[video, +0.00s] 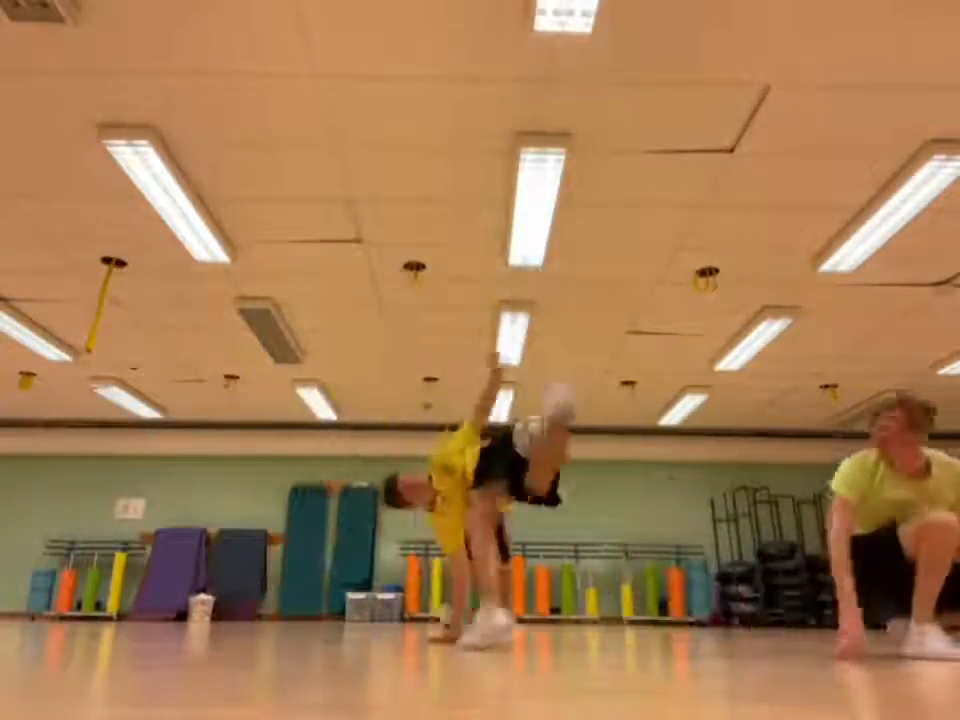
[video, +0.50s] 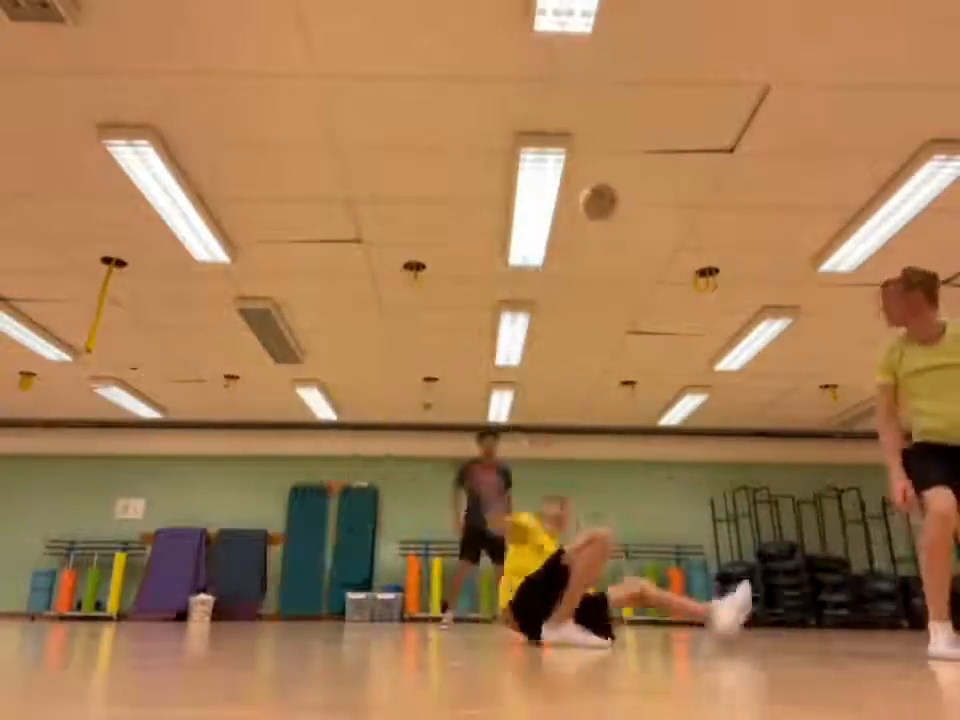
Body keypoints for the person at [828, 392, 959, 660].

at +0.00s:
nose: (879, 433)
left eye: (889, 425)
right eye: (878, 425)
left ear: (914, 433)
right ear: (873, 431)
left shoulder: (949, 472)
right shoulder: (858, 469)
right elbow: (838, 537)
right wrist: (849, 618)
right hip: (864, 557)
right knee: (942, 527)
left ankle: (901, 620)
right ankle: (922, 628)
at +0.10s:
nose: (884, 410)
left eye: (893, 401)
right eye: (883, 401)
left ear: (920, 404)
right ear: (879, 403)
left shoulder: (951, 442)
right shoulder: (864, 444)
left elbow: (953, 507)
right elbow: (855, 519)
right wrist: (884, 578)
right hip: (883, 530)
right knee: (946, 525)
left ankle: (909, 610)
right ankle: (922, 626)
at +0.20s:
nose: (883, 383)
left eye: (891, 374)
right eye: (881, 374)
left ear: (918, 377)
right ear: (879, 377)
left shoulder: (952, 412)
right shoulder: (868, 418)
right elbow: (867, 485)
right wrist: (901, 543)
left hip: (944, 495)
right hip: (893, 497)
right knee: (946, 521)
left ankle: (917, 614)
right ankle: (926, 621)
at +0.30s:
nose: (881, 351)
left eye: (889, 345)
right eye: (881, 344)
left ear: (916, 349)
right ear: (900, 351)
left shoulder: (952, 381)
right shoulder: (877, 393)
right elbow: (874, 461)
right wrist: (901, 513)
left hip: (949, 480)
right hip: (905, 478)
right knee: (945, 517)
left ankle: (918, 611)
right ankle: (939, 620)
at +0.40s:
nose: (876, 324)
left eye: (883, 316)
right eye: (877, 316)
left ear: (912, 321)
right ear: (903, 323)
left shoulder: (952, 356)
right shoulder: (882, 374)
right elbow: (880, 443)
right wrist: (899, 500)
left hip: (952, 464)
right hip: (912, 463)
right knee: (941, 514)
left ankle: (935, 603)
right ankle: (940, 624)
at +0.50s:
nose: (885, 310)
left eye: (890, 301)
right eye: (885, 302)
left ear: (918, 301)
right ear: (911, 303)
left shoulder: (954, 337)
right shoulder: (896, 353)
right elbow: (886, 419)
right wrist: (896, 473)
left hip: (954, 447)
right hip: (926, 447)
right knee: (942, 507)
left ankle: (943, 624)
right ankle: (939, 626)